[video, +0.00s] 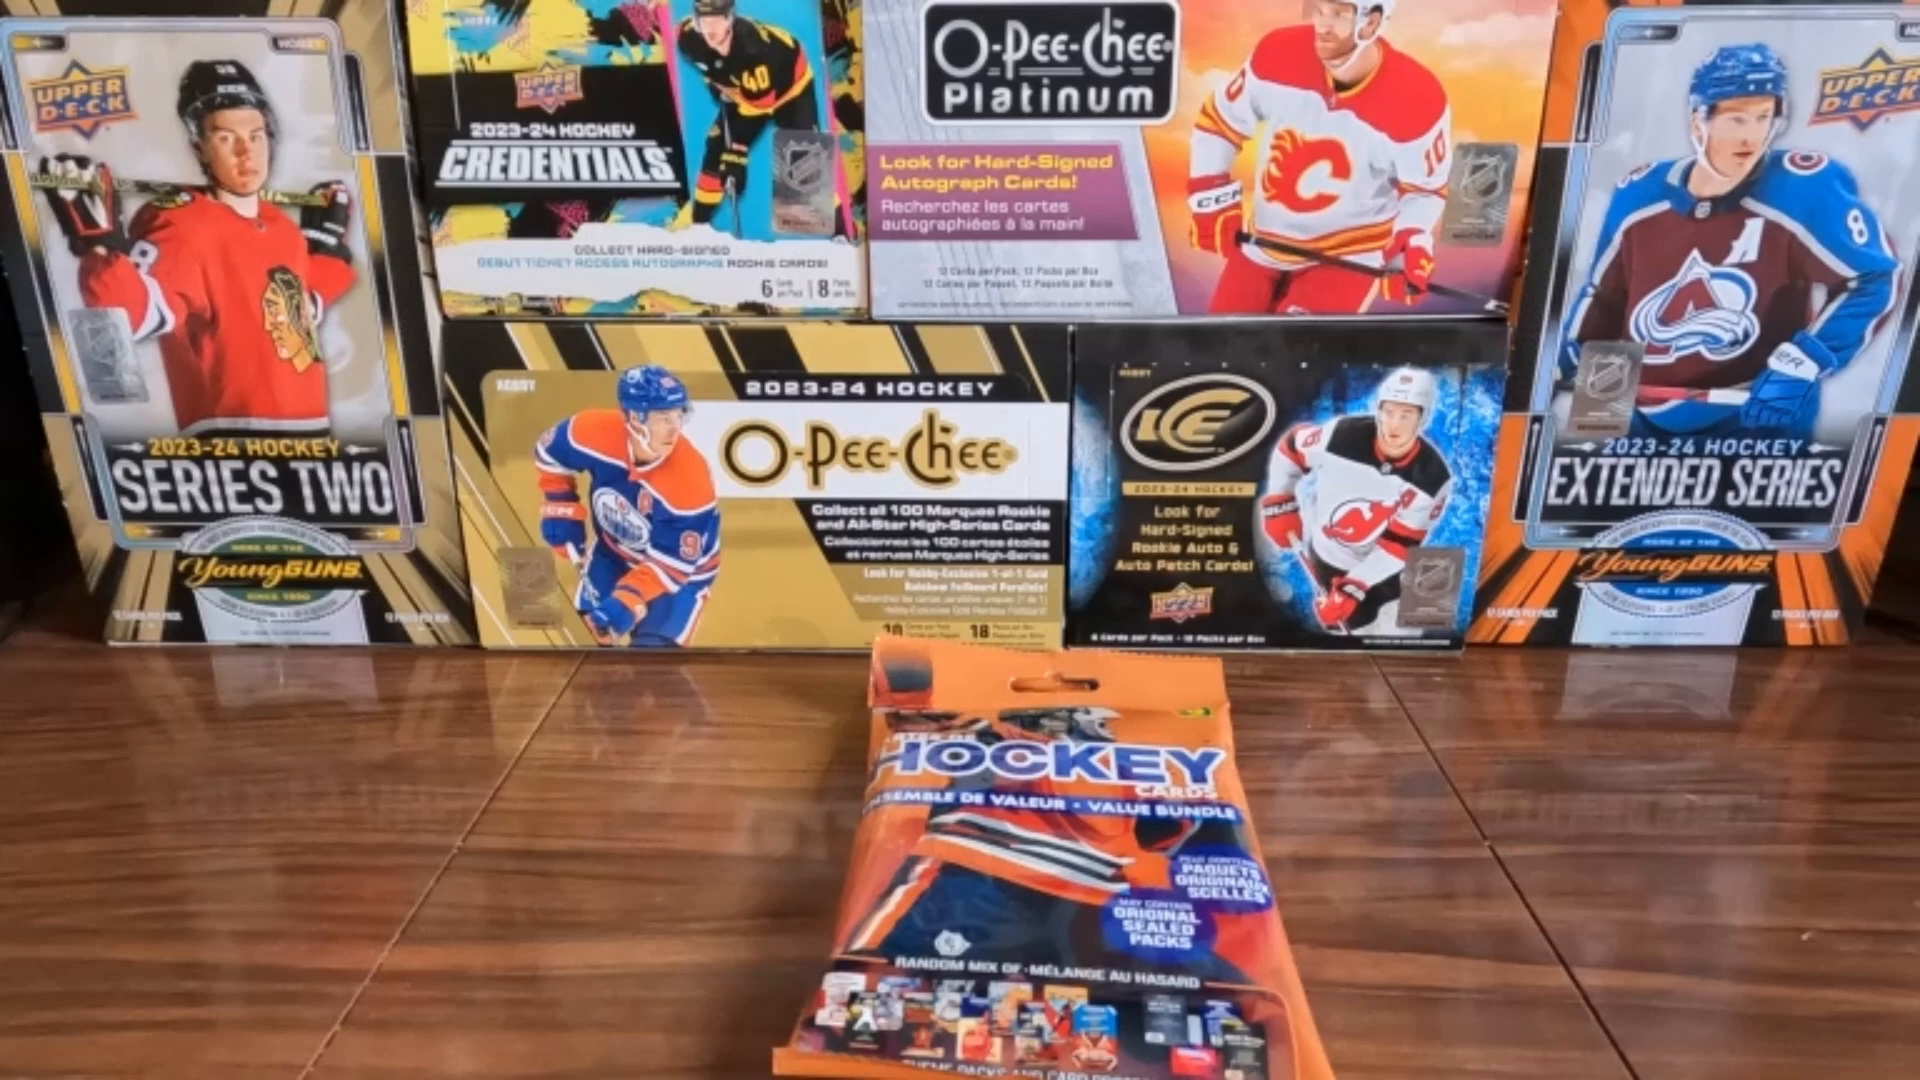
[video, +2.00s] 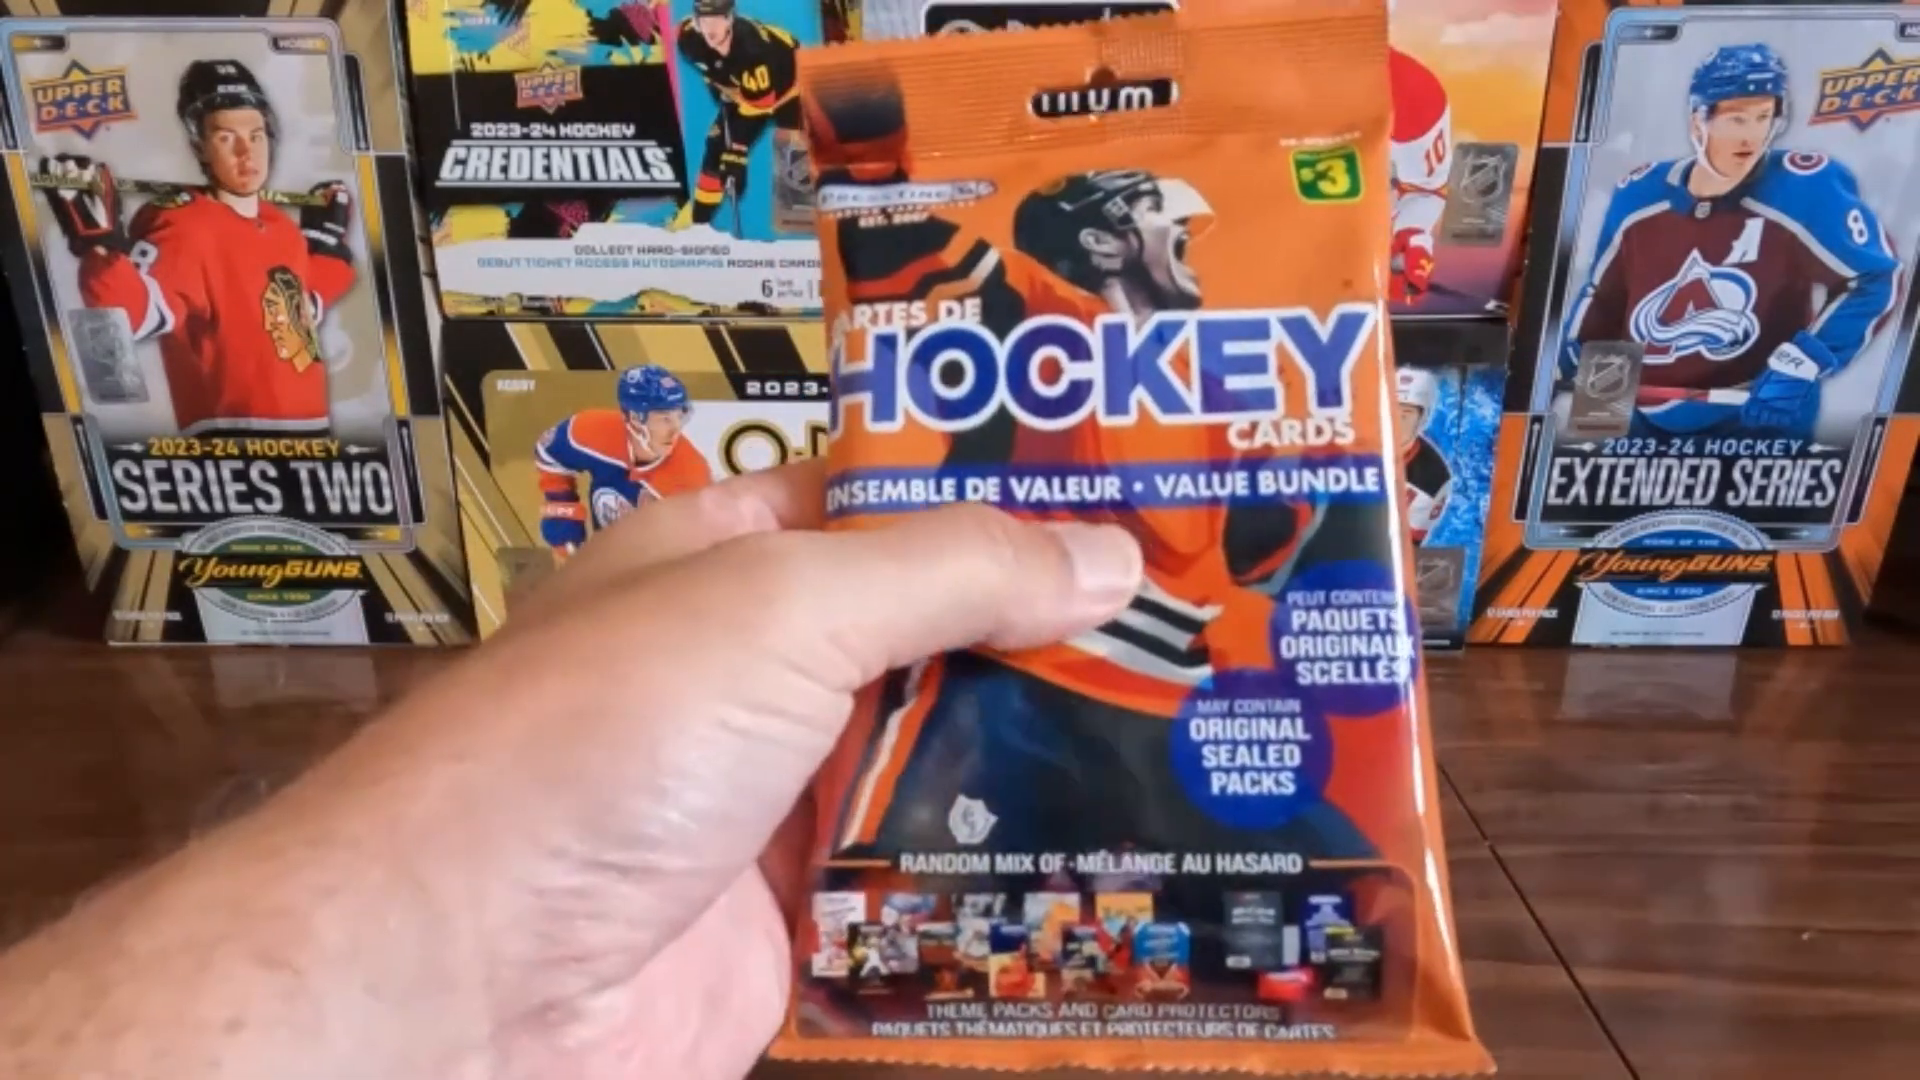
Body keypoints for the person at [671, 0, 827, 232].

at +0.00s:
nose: (710, 29)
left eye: (716, 21)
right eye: (704, 22)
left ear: (730, 18)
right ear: (696, 22)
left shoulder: (753, 47)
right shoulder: (689, 38)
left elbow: (759, 107)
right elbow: (707, 69)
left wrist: (737, 153)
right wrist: (721, 88)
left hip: (791, 92)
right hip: (742, 98)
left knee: (805, 161)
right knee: (716, 147)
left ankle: (840, 230)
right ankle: (698, 222)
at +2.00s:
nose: (710, 29)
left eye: (716, 21)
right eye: (704, 21)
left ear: (729, 19)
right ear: (696, 21)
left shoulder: (751, 48)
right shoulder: (689, 37)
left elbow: (758, 108)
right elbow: (707, 69)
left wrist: (736, 154)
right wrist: (722, 90)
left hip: (785, 87)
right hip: (738, 95)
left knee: (792, 152)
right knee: (716, 147)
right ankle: (699, 219)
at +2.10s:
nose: (710, 29)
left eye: (716, 21)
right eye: (704, 22)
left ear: (729, 19)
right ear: (696, 21)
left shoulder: (751, 48)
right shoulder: (689, 37)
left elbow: (757, 108)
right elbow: (709, 71)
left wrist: (736, 154)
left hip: (786, 87)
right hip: (738, 95)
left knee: (793, 153)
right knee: (716, 147)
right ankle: (699, 220)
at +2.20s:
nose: (710, 29)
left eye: (716, 22)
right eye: (704, 22)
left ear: (729, 19)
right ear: (696, 21)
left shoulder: (751, 48)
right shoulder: (689, 37)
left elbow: (757, 108)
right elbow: (710, 72)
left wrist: (737, 153)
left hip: (787, 86)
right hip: (739, 92)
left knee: (794, 152)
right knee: (717, 146)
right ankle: (699, 220)